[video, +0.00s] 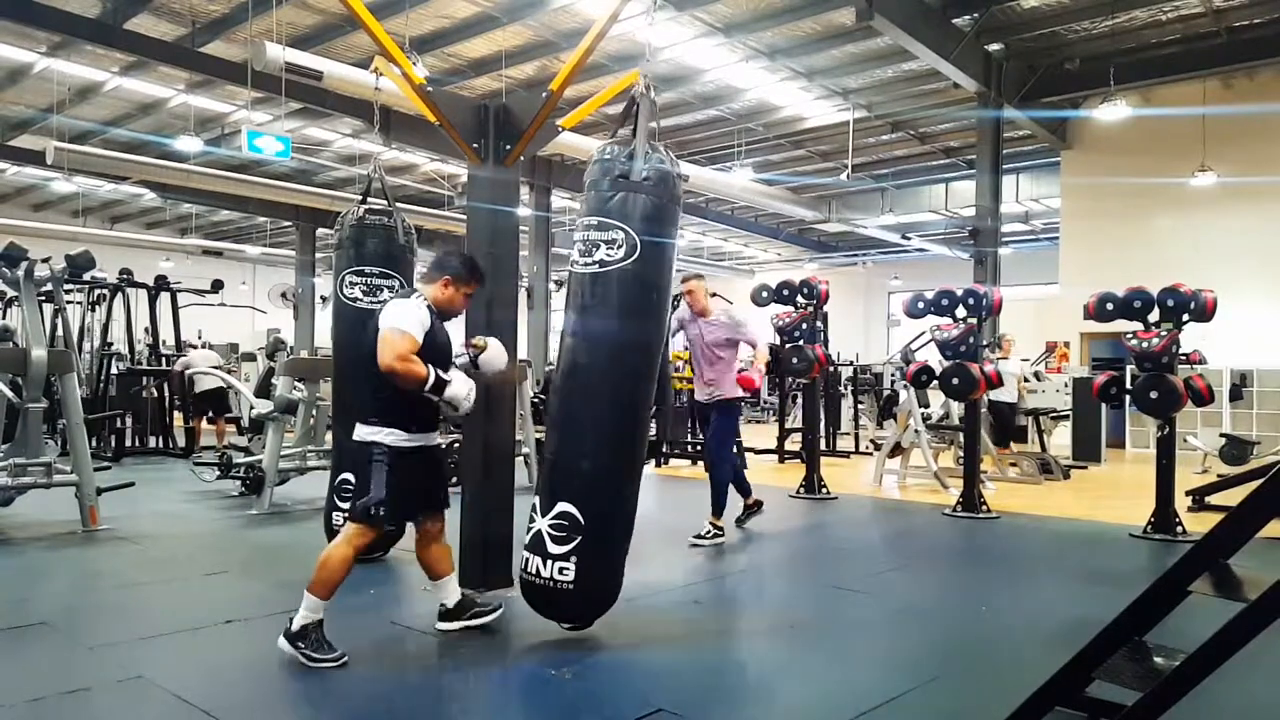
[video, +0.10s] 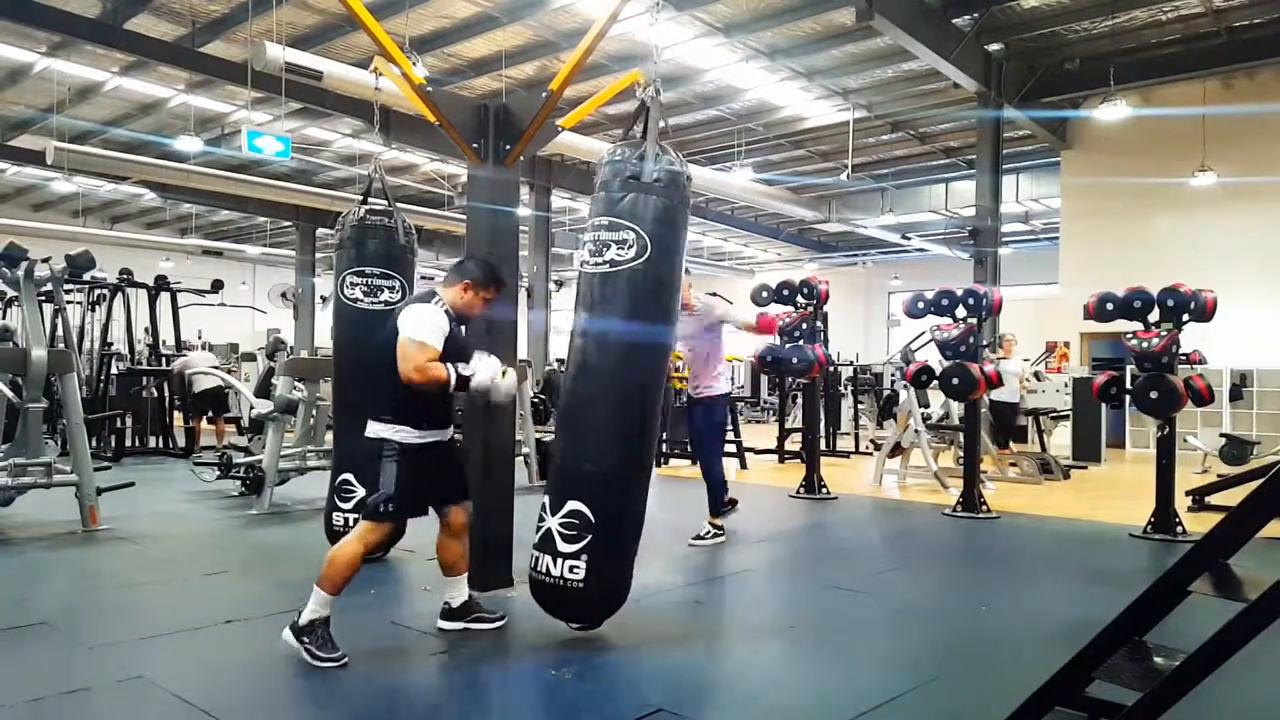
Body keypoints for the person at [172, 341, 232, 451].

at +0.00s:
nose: (186, 355)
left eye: (186, 353)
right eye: (186, 353)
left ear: (188, 351)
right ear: (197, 347)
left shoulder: (188, 357)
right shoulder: (212, 353)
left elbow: (176, 369)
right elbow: (222, 365)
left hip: (202, 389)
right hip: (219, 386)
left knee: (197, 420)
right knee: (220, 419)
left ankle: (197, 446)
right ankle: (219, 445)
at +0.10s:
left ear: (187, 352)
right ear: (199, 349)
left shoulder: (186, 362)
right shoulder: (210, 355)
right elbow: (218, 370)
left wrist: (184, 404)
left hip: (199, 390)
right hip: (217, 387)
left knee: (196, 420)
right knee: (219, 418)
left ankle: (197, 447)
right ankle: (219, 446)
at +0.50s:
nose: (171, 367)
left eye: (172, 365)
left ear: (175, 360)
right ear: (185, 356)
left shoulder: (176, 364)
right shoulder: (201, 356)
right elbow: (217, 367)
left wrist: (140, 388)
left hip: (200, 391)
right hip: (217, 387)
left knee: (196, 421)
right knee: (219, 419)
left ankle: (196, 447)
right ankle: (220, 446)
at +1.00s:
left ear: (181, 357)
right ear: (193, 354)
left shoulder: (180, 360)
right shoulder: (204, 357)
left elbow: (166, 378)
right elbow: (217, 368)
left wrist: (146, 388)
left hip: (200, 391)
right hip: (217, 388)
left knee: (196, 421)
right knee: (218, 420)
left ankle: (196, 447)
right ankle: (220, 446)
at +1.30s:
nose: (172, 368)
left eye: (173, 365)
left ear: (178, 359)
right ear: (189, 354)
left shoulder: (179, 362)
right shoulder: (203, 356)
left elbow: (164, 380)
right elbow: (216, 367)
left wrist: (145, 388)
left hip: (199, 390)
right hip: (217, 387)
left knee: (196, 421)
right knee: (218, 420)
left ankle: (196, 447)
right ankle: (220, 446)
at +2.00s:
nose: (172, 368)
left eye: (173, 365)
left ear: (177, 360)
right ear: (186, 355)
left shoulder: (178, 362)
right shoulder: (202, 356)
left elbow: (162, 380)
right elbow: (215, 367)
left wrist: (144, 387)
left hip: (199, 391)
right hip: (217, 387)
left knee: (196, 421)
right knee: (218, 420)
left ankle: (196, 448)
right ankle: (220, 446)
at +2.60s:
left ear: (186, 354)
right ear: (198, 351)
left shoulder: (182, 360)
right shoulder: (207, 357)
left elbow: (177, 374)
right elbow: (217, 369)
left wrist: (177, 392)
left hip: (201, 390)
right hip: (218, 387)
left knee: (196, 421)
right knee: (219, 419)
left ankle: (196, 447)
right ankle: (220, 446)